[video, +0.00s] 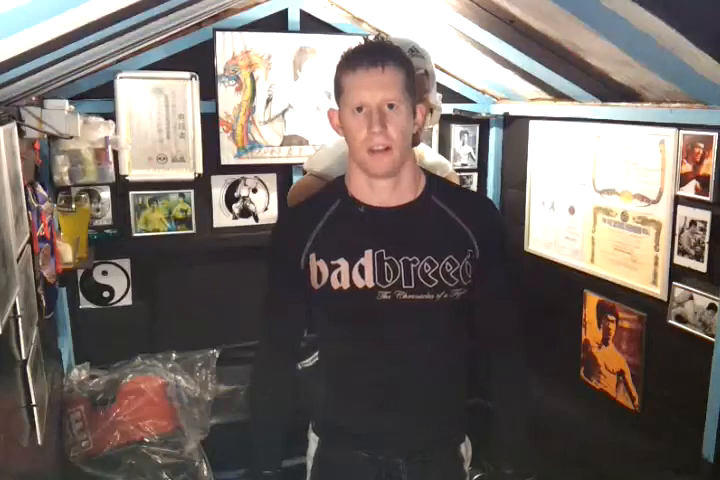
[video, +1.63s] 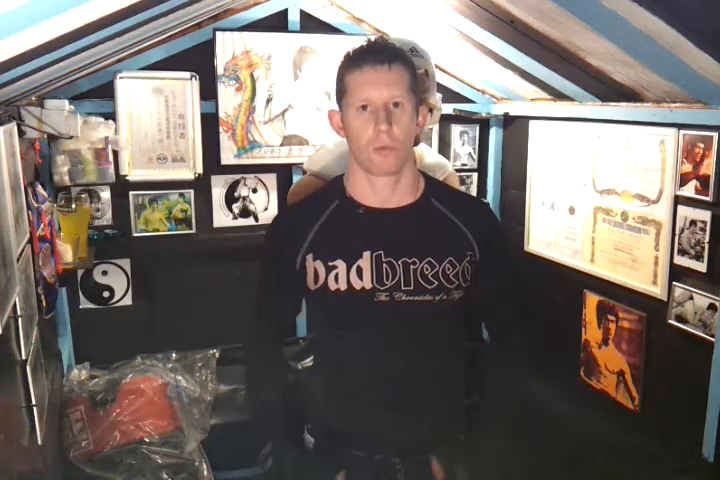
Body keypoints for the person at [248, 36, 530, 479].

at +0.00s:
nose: (377, 127)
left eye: (391, 107)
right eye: (360, 110)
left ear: (418, 117)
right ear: (338, 122)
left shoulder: (476, 221)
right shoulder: (301, 226)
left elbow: (503, 355)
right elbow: (277, 358)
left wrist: (502, 466)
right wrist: (273, 465)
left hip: (441, 458)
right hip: (342, 458)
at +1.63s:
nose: (383, 123)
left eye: (397, 105)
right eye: (365, 108)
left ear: (421, 119)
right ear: (339, 124)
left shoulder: (474, 223)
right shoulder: (299, 226)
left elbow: (510, 350)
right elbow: (266, 350)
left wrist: (473, 457)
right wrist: (288, 455)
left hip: (443, 454)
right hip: (338, 454)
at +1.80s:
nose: (372, 135)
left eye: (386, 114)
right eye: (353, 118)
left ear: (414, 120)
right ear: (330, 129)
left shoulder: (468, 224)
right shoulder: (293, 229)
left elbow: (501, 348)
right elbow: (257, 346)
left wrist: (452, 402)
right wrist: (319, 405)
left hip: (435, 458)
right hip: (334, 457)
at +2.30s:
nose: (321, 148)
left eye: (339, 123)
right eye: (303, 128)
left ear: (376, 127)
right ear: (284, 138)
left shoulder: (464, 237)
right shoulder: (280, 243)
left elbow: (520, 361)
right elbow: (262, 356)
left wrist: (445, 432)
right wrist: (280, 409)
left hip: (440, 466)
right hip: (325, 464)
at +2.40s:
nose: (323, 160)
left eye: (342, 133)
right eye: (304, 136)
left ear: (382, 135)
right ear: (285, 143)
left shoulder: (463, 251)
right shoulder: (298, 236)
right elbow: (270, 344)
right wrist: (254, 412)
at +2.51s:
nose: (326, 166)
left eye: (351, 137)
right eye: (309, 137)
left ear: (395, 143)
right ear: (291, 140)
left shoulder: (467, 270)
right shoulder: (313, 246)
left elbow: (520, 440)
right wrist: (248, 420)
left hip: (440, 465)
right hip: (340, 463)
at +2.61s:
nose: (325, 160)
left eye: (356, 127)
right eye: (313, 126)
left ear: (409, 137)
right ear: (296, 129)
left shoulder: (468, 268)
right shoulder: (337, 240)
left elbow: (496, 458)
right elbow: (350, 377)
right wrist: (261, 393)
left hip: (435, 469)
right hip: (354, 464)